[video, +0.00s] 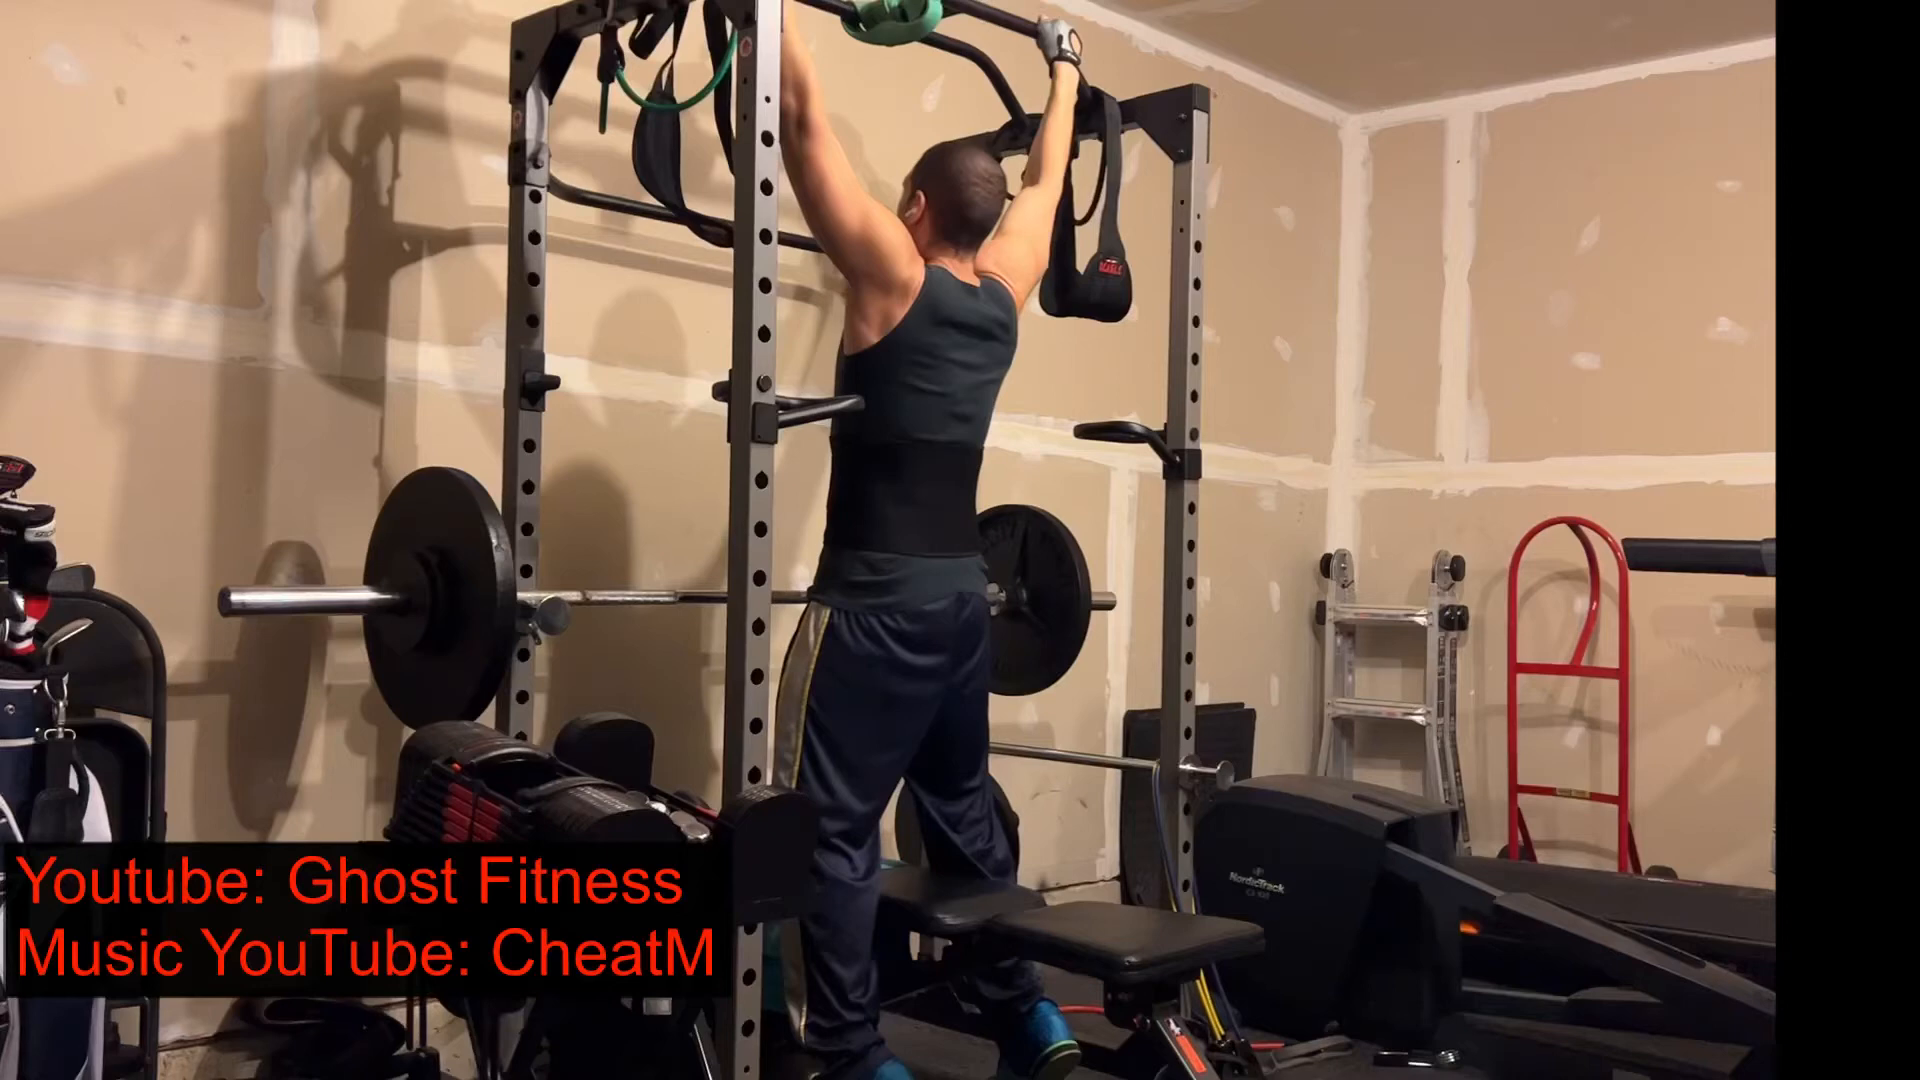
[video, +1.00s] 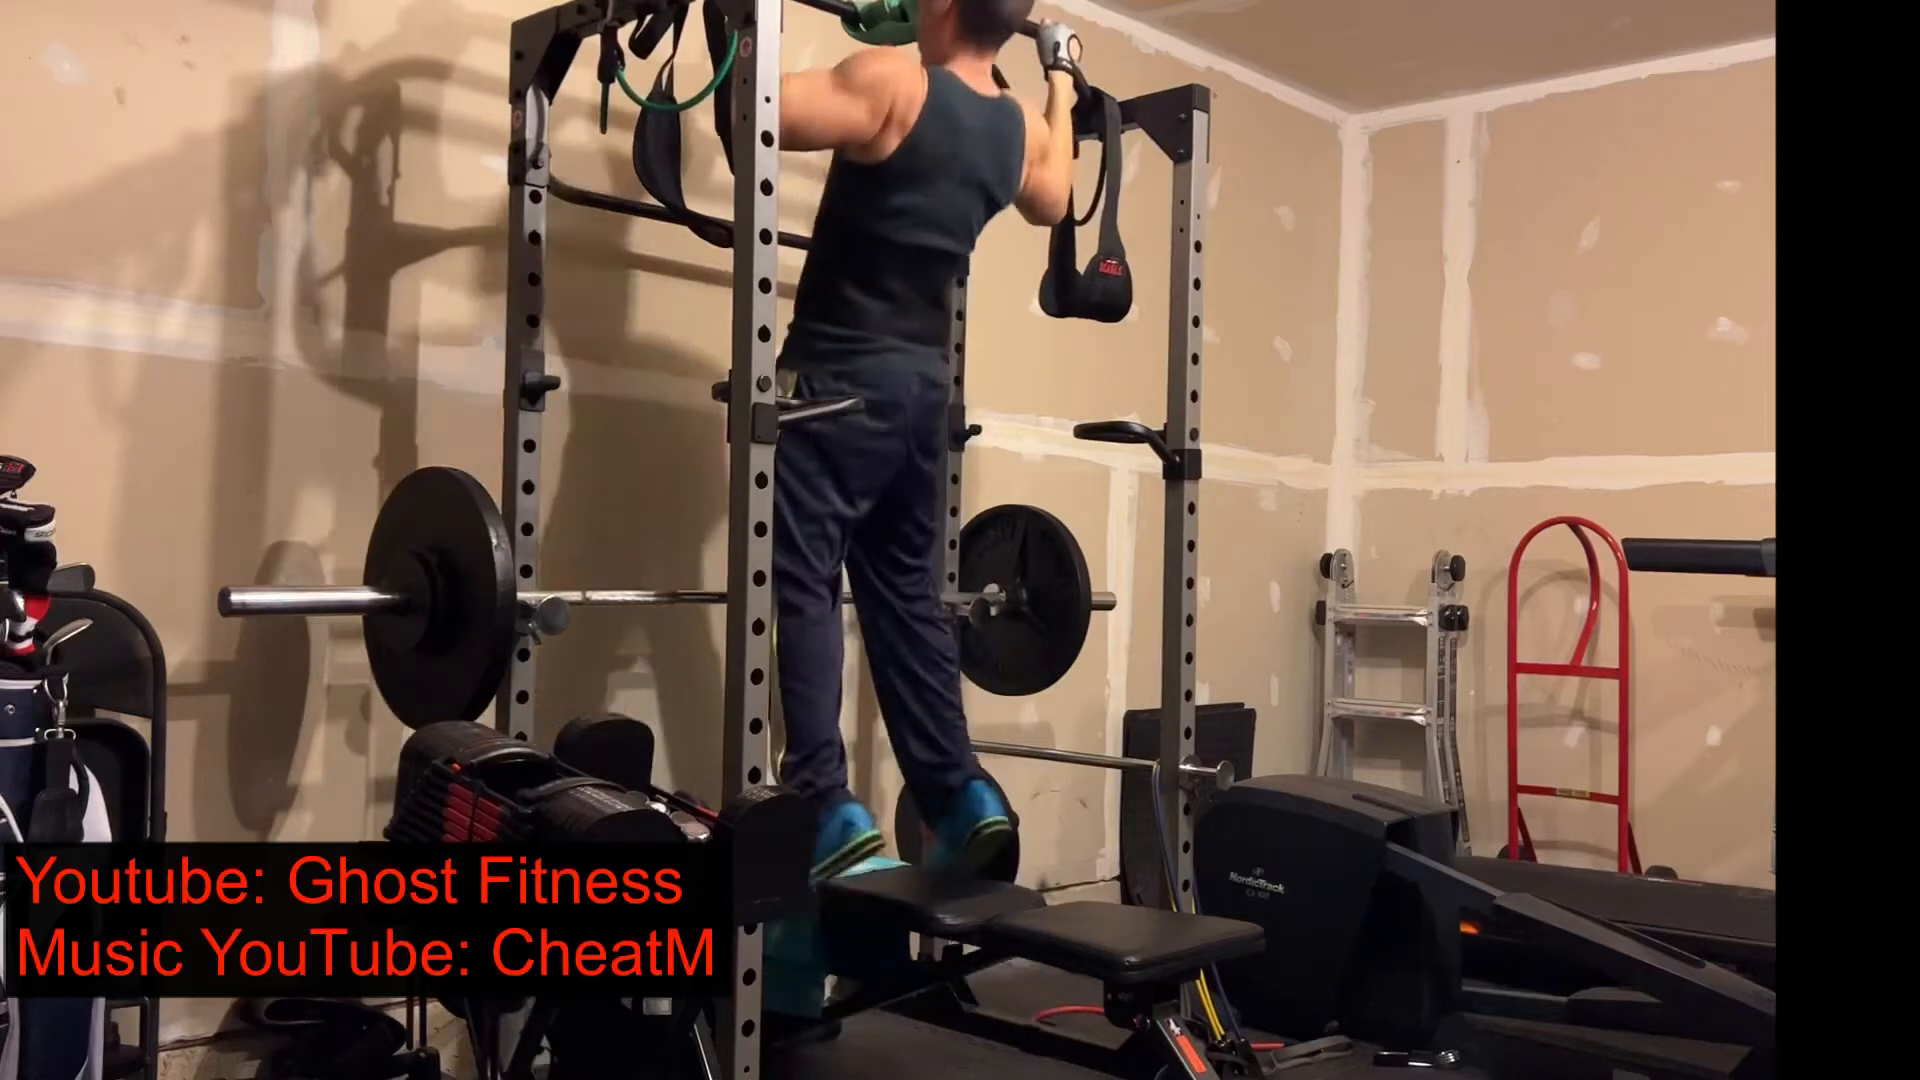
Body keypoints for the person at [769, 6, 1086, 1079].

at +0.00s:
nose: (898, 199)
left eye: (904, 190)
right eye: (906, 191)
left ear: (919, 209)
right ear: (995, 223)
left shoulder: (886, 270)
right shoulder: (1002, 300)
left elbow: (802, 118)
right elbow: (1048, 179)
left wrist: (771, 3)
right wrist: (1067, 75)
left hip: (874, 605)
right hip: (960, 599)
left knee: (839, 829)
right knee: (963, 803)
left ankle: (845, 1044)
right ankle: (1021, 1011)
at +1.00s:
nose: (917, 8)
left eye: (924, 0)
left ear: (943, 11)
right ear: (1006, 32)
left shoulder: (888, 77)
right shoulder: (1017, 126)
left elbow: (760, 114)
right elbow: (1053, 198)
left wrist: (741, 24)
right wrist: (1061, 87)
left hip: (842, 370)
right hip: (926, 379)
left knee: (802, 583)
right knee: (907, 595)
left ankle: (824, 803)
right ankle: (959, 796)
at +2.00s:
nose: (944, 58)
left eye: (953, 43)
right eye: (954, 44)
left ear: (970, 55)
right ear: (1038, 75)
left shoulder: (926, 128)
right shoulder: (1045, 171)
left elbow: (790, 121)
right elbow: (1067, 206)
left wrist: (759, 20)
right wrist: (1052, 116)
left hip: (886, 451)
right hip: (965, 453)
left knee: (837, 663)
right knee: (946, 651)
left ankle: (856, 903)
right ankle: (1002, 848)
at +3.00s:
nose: (900, 180)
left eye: (906, 169)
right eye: (912, 170)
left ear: (923, 180)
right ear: (992, 201)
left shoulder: (887, 250)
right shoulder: (1003, 285)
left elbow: (785, 129)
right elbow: (1043, 189)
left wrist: (765, 21)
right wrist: (1058, 104)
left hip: (851, 554)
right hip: (926, 554)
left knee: (805, 769)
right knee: (918, 764)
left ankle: (852, 1001)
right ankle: (996, 964)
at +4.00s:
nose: (914, 98)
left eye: (921, 84)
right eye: (923, 86)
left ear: (938, 98)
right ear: (1009, 118)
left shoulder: (902, 170)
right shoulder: (1024, 212)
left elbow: (767, 124)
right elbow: (1056, 185)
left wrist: (746, 30)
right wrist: (1061, 104)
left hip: (868, 480)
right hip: (938, 484)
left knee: (811, 681)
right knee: (931, 688)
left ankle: (862, 909)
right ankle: (1012, 871)